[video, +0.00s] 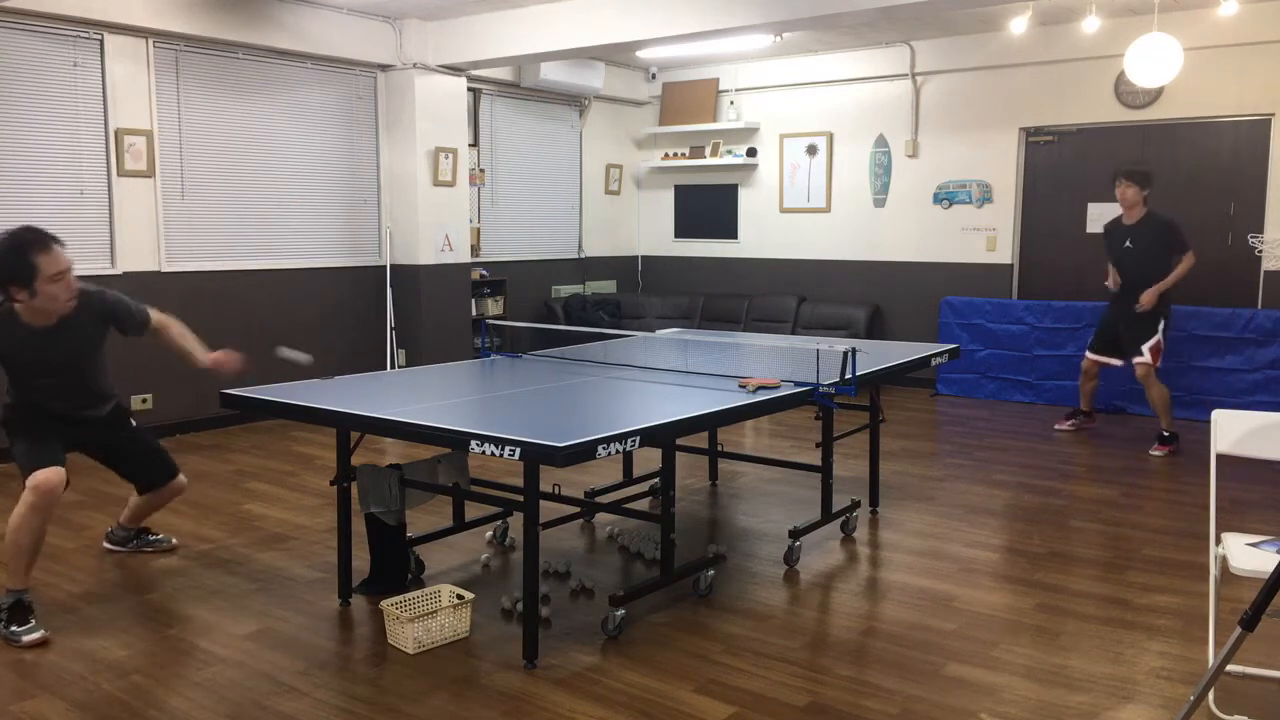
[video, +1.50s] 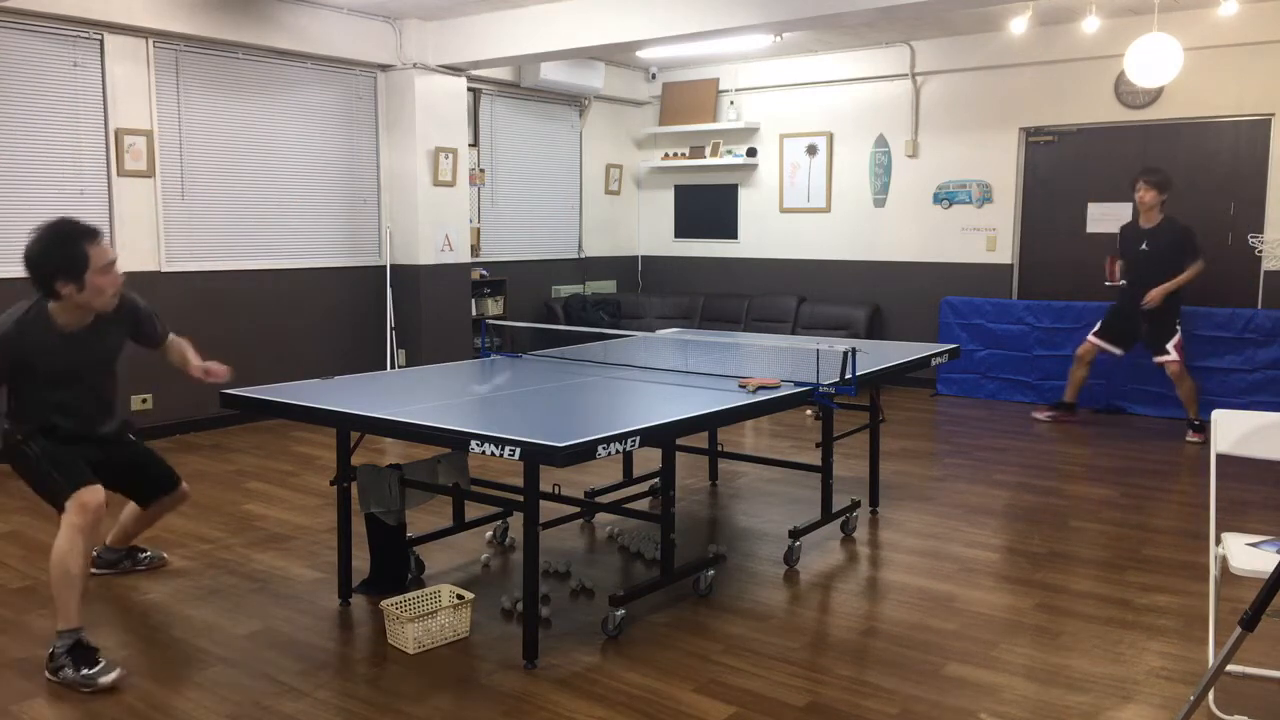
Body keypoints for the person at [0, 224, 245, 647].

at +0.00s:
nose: (72, 285)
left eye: (70, 272)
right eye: (57, 279)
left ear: (72, 267)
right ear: (20, 293)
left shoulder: (94, 303)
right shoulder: (7, 328)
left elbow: (161, 323)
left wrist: (203, 356)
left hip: (97, 413)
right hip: (34, 418)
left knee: (168, 484)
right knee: (47, 482)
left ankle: (123, 531)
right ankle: (14, 600)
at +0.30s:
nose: (25, 169)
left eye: (29, 159)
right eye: (14, 162)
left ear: (37, 157)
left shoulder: (40, 209)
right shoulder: (10, 212)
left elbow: (76, 265)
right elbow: (50, 191)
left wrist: (140, 269)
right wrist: (71, 137)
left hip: (85, 359)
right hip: (40, 372)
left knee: (139, 444)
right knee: (76, 492)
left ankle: (104, 537)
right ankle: (19, 601)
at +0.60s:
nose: (72, 155)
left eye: (67, 146)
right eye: (61, 147)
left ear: (30, 165)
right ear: (27, 163)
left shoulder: (40, 218)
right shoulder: (17, 217)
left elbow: (56, 298)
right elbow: (105, 226)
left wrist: (122, 282)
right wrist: (125, 164)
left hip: (64, 379)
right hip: (35, 383)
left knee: (111, 471)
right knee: (75, 504)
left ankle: (56, 565)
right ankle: (8, 636)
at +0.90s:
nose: (121, 150)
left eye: (117, 140)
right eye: (110, 142)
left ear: (80, 155)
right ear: (77, 154)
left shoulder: (79, 210)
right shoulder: (45, 213)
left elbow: (76, 286)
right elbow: (77, 301)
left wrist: (127, 288)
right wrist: (147, 272)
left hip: (57, 368)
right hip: (17, 374)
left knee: (103, 453)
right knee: (44, 483)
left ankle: (62, 546)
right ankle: (9, 618)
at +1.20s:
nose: (145, 220)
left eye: (141, 209)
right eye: (134, 213)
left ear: (104, 226)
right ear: (100, 227)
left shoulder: (104, 267)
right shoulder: (62, 279)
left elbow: (104, 318)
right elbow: (51, 373)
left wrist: (158, 352)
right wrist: (134, 370)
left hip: (64, 402)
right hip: (20, 407)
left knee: (137, 465)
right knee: (85, 487)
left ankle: (109, 550)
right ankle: (19, 617)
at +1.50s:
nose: (119, 275)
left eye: (115, 264)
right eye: (106, 269)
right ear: (66, 287)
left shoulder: (119, 310)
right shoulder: (16, 334)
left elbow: (167, 340)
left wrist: (194, 365)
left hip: (102, 431)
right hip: (36, 437)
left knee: (169, 493)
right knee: (88, 500)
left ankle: (111, 551)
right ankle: (68, 646)